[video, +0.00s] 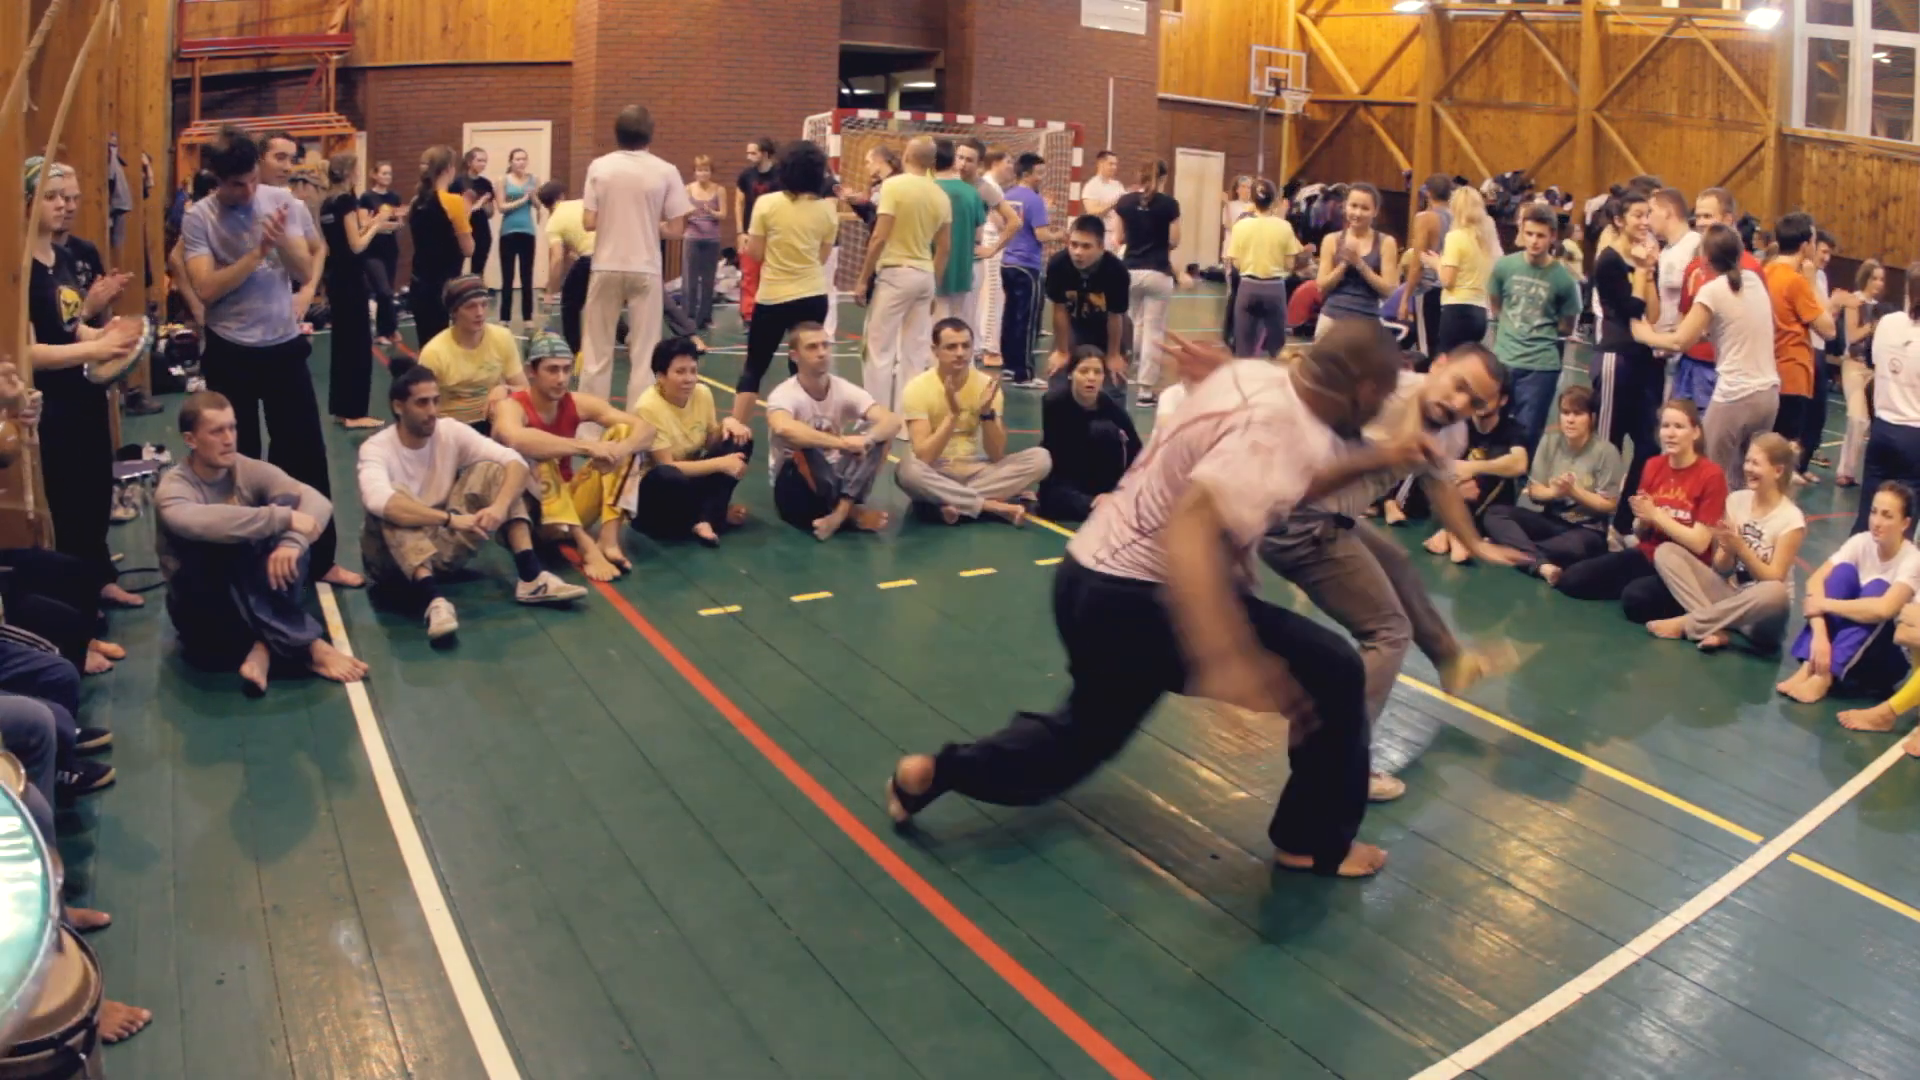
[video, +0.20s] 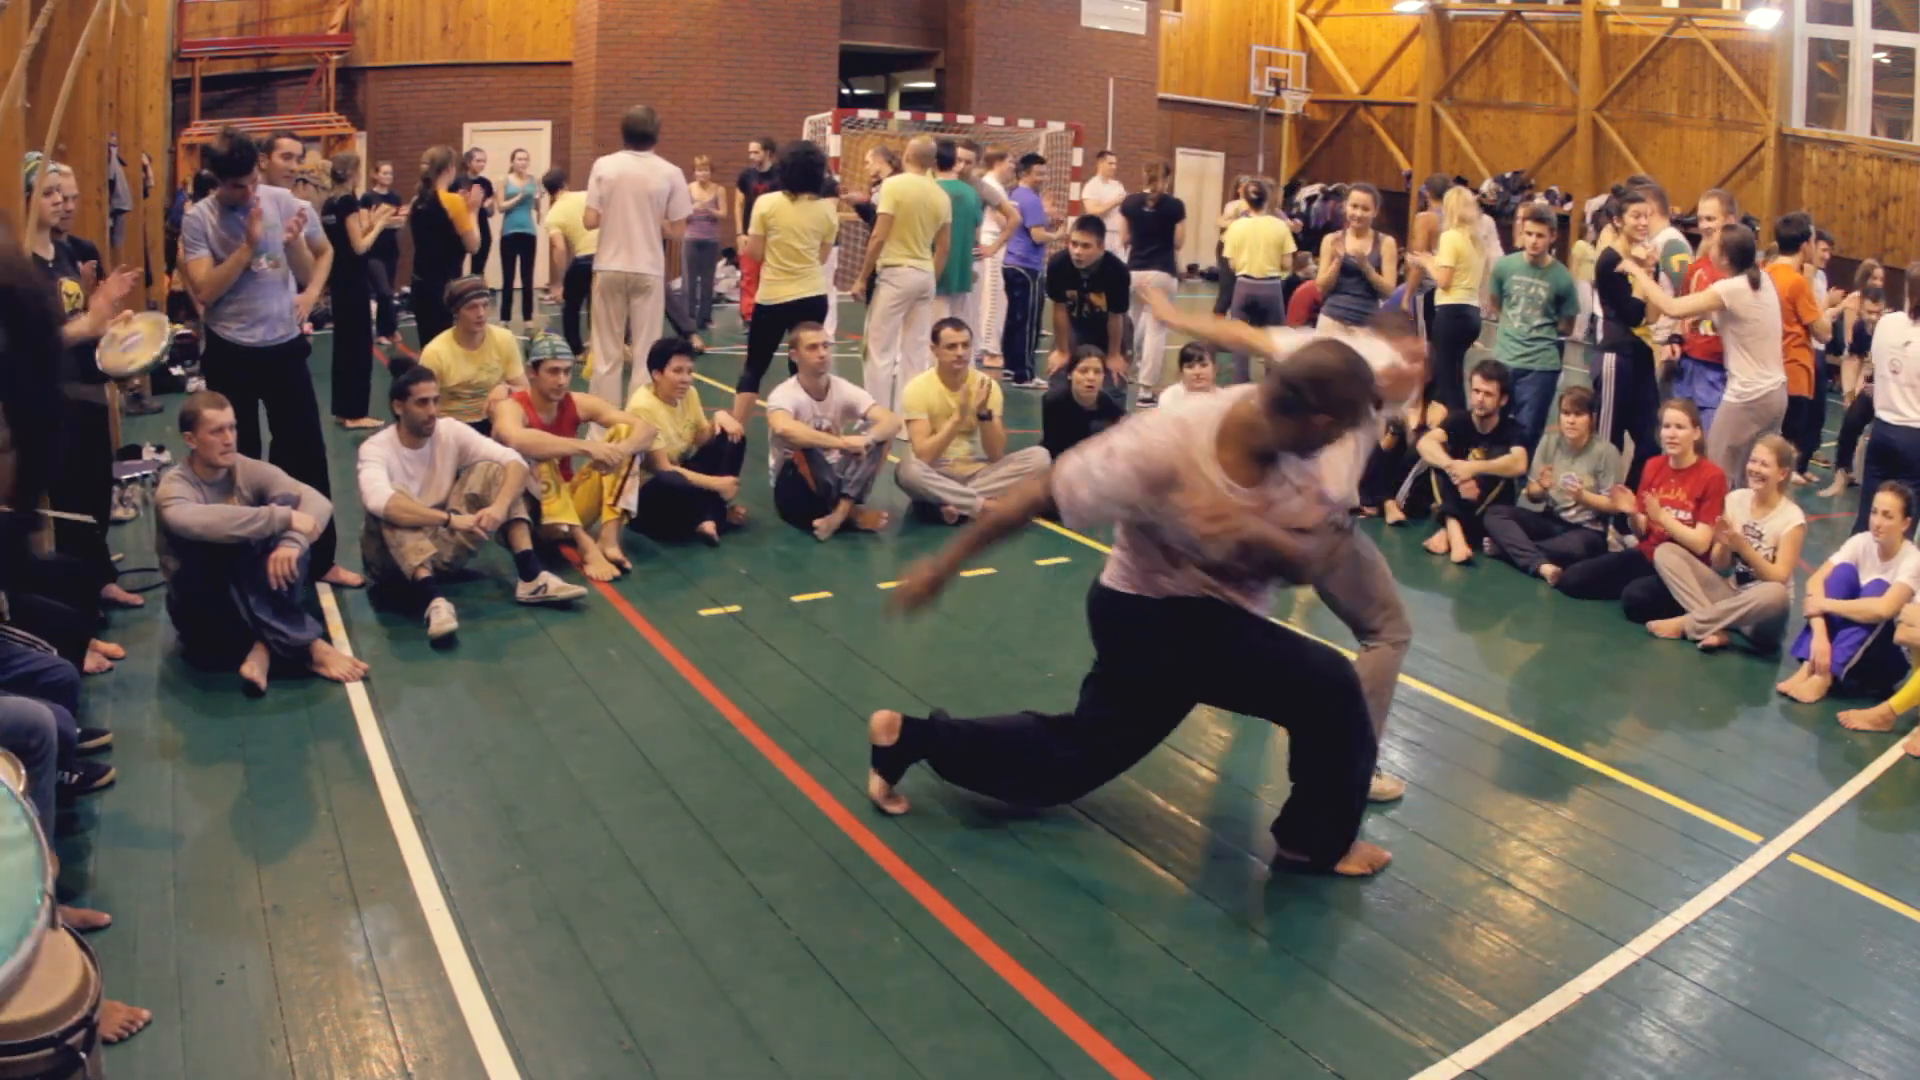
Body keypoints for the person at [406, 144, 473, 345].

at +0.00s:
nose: (455, 171)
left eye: (455, 167)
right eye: (454, 166)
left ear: (428, 168)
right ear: (449, 169)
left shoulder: (415, 204)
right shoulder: (453, 202)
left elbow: (420, 242)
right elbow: (468, 248)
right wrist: (465, 216)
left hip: (420, 281)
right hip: (446, 283)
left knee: (427, 346)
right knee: (445, 345)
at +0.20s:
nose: (455, 172)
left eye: (455, 167)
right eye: (454, 167)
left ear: (427, 168)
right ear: (449, 169)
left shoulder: (417, 203)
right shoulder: (452, 201)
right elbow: (473, 245)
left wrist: (462, 207)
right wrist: (473, 211)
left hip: (420, 282)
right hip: (447, 284)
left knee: (428, 347)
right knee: (447, 346)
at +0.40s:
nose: (456, 172)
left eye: (456, 167)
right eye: (455, 167)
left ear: (428, 168)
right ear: (449, 169)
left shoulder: (416, 203)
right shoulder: (455, 202)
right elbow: (469, 247)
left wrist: (462, 210)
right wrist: (468, 214)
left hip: (420, 282)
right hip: (447, 284)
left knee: (428, 347)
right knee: (448, 345)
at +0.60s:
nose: (458, 172)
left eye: (457, 167)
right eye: (457, 167)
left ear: (429, 169)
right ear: (451, 170)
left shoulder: (417, 204)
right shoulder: (455, 201)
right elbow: (475, 244)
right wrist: (479, 212)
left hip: (424, 284)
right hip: (450, 286)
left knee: (430, 348)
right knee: (451, 348)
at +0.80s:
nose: (463, 170)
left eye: (462, 165)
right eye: (462, 165)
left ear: (435, 168)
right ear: (457, 169)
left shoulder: (422, 204)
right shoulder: (463, 202)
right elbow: (477, 247)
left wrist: (466, 207)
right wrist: (475, 211)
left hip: (427, 281)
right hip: (457, 282)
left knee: (432, 344)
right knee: (457, 343)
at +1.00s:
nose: (470, 169)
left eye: (470, 164)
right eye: (469, 164)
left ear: (442, 167)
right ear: (464, 169)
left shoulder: (427, 203)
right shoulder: (468, 201)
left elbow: (433, 241)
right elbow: (482, 246)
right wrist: (481, 217)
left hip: (433, 281)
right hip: (463, 281)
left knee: (436, 344)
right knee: (462, 343)